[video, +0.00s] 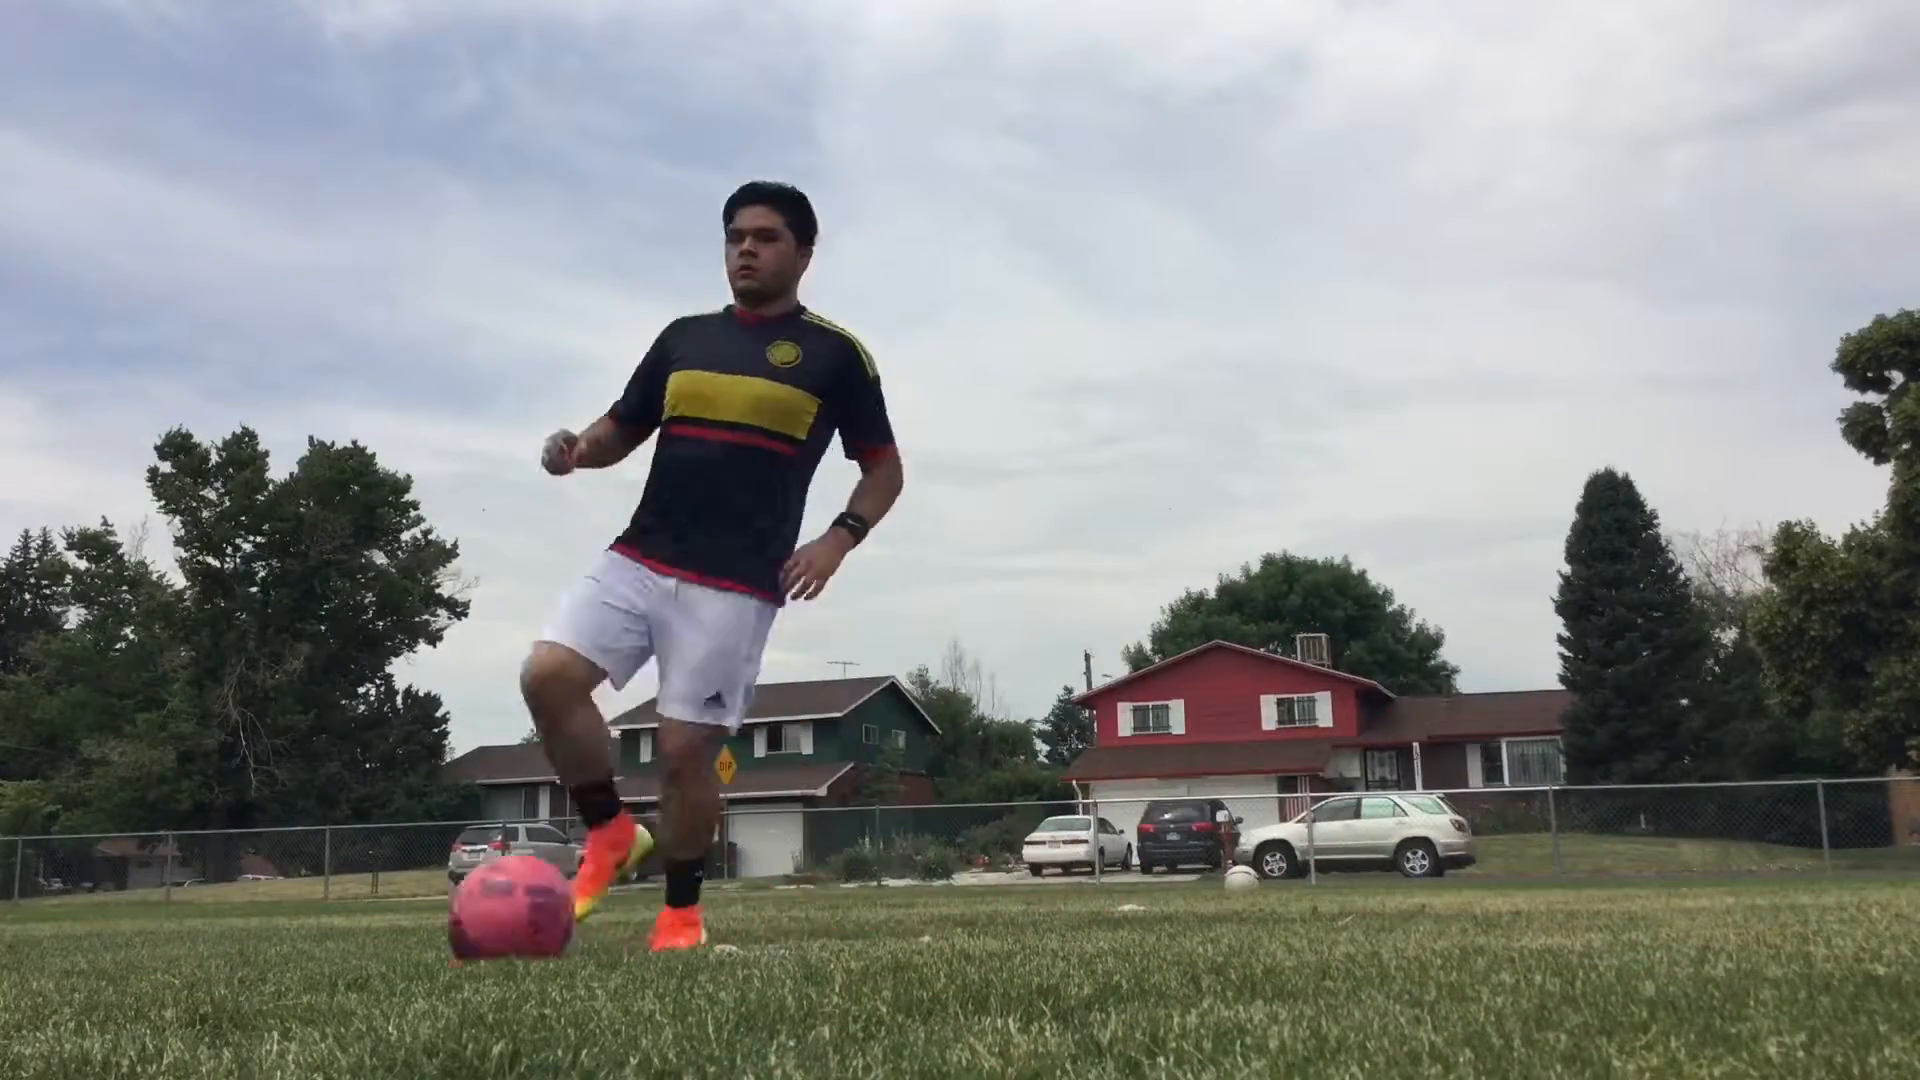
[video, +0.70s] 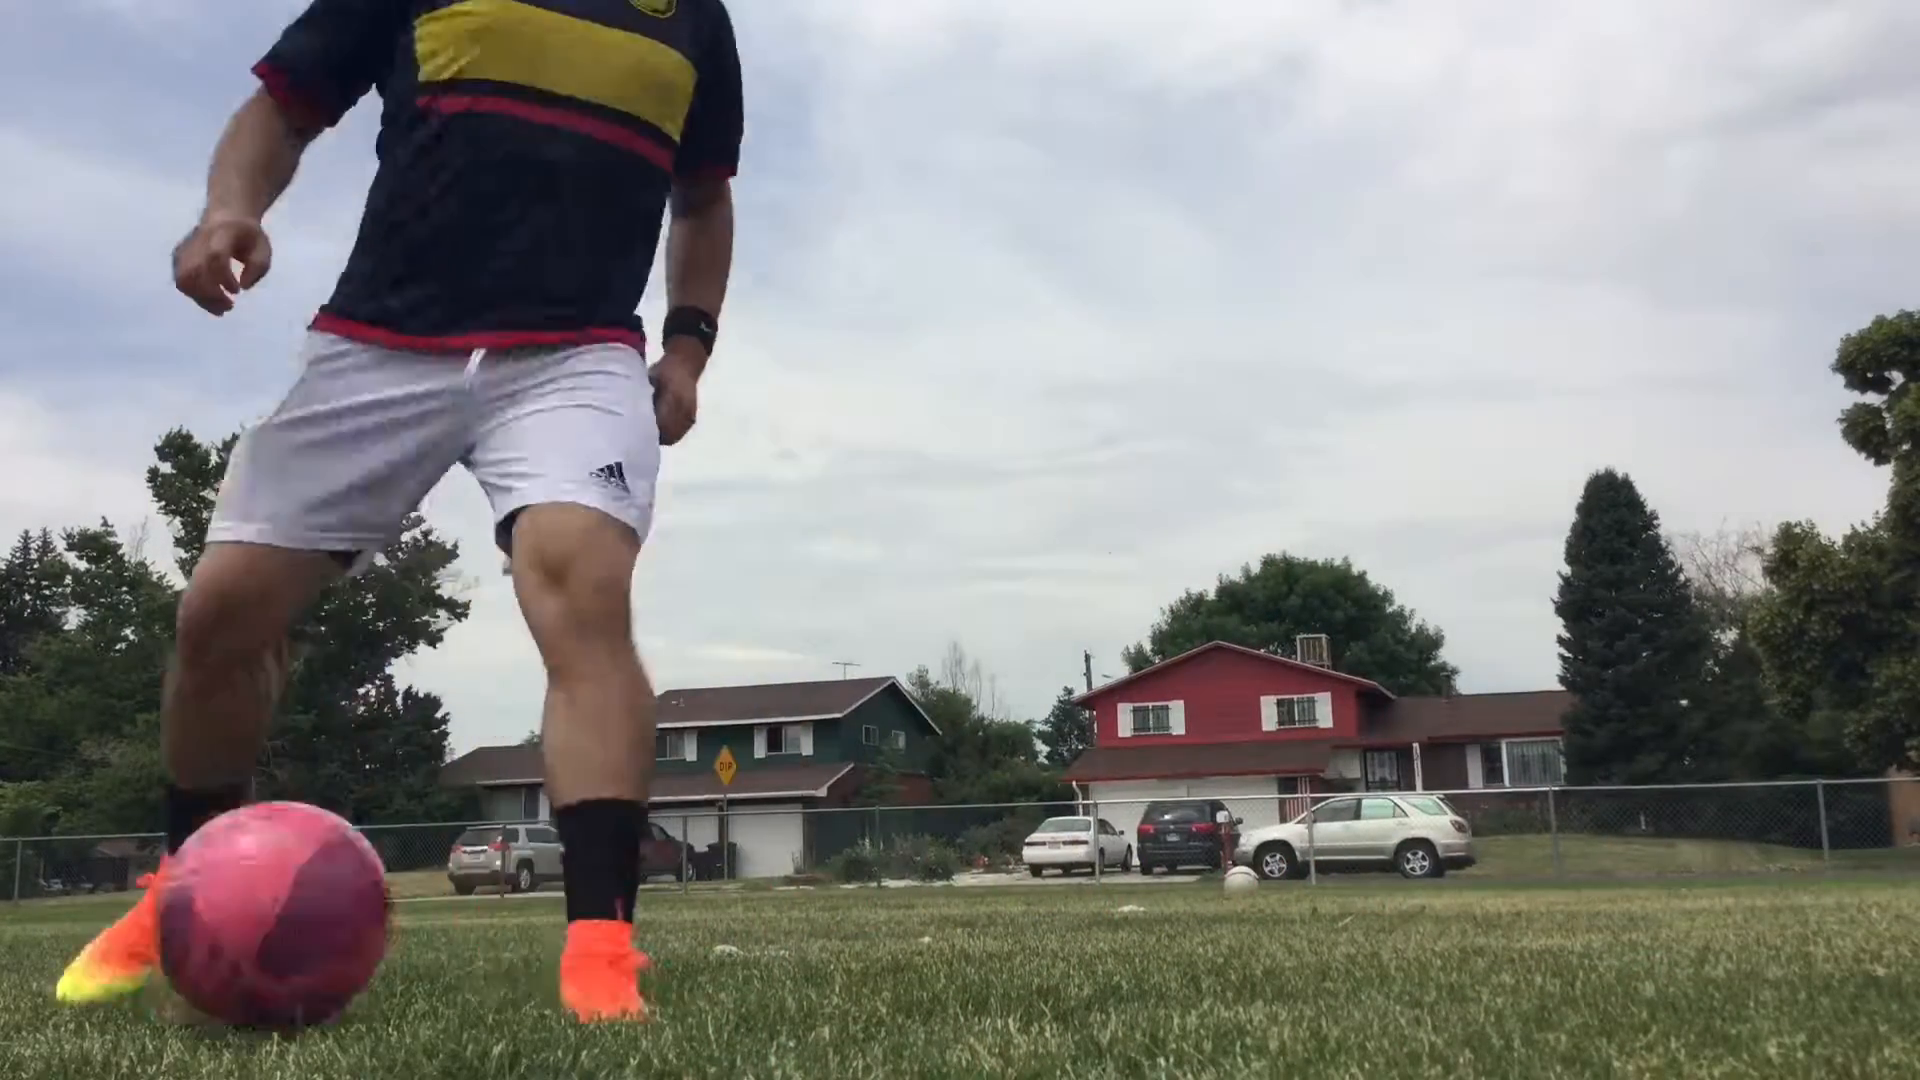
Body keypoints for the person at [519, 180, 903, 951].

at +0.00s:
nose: (746, 250)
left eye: (765, 238)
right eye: (737, 238)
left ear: (804, 253)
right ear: (724, 250)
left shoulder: (837, 356)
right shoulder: (682, 340)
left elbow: (885, 468)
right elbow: (622, 429)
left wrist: (837, 540)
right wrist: (578, 449)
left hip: (735, 581)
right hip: (641, 557)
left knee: (683, 751)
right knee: (548, 678)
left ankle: (680, 910)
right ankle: (610, 828)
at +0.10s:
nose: (696, 194)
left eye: (716, 180)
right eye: (684, 179)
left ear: (757, 194)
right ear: (670, 191)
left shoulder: (794, 298)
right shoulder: (628, 279)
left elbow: (867, 407)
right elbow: (555, 361)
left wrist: (819, 450)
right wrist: (512, 399)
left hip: (687, 531)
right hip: (588, 503)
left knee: (620, 710)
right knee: (470, 634)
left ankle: (604, 877)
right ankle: (480, 827)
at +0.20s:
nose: (640, 163)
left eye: (663, 148)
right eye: (629, 146)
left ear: (707, 163)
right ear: (614, 156)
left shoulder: (744, 281)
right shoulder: (567, 255)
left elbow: (813, 403)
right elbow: (491, 350)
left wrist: (775, 455)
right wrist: (426, 413)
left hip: (639, 535)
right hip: (526, 505)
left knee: (555, 721)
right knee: (404, 645)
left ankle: (469, 914)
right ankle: (318, 873)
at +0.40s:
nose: (520, 112)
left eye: (548, 96)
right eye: (505, 93)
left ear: (594, 120)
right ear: (485, 109)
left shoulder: (635, 251)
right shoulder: (434, 231)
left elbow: (691, 408)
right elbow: (385, 359)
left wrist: (636, 545)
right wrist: (305, 436)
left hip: (532, 553)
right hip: (398, 511)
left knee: (486, 803)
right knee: (296, 688)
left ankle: (461, 896)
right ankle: (204, 943)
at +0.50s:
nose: (490, 46)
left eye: (518, 30)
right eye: (472, 26)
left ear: (566, 60)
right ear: (451, 45)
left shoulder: (607, 209)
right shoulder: (376, 175)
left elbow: (660, 376)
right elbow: (291, 312)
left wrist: (621, 524)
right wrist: (240, 387)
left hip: (507, 530)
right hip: (344, 506)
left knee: (492, 740)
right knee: (234, 697)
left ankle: (498, 863)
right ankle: (193, 952)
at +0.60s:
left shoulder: (640, 116)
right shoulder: (377, 64)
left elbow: (667, 286)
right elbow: (254, 188)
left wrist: (646, 425)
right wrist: (218, 265)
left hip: (527, 416)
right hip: (353, 423)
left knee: (567, 596)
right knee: (268, 676)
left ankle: (520, 927)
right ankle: (185, 942)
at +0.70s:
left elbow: (704, 198)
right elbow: (285, 101)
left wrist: (687, 347)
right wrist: (230, 208)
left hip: (574, 351)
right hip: (378, 342)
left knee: (581, 584)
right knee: (221, 610)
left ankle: (601, 935)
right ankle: (188, 889)